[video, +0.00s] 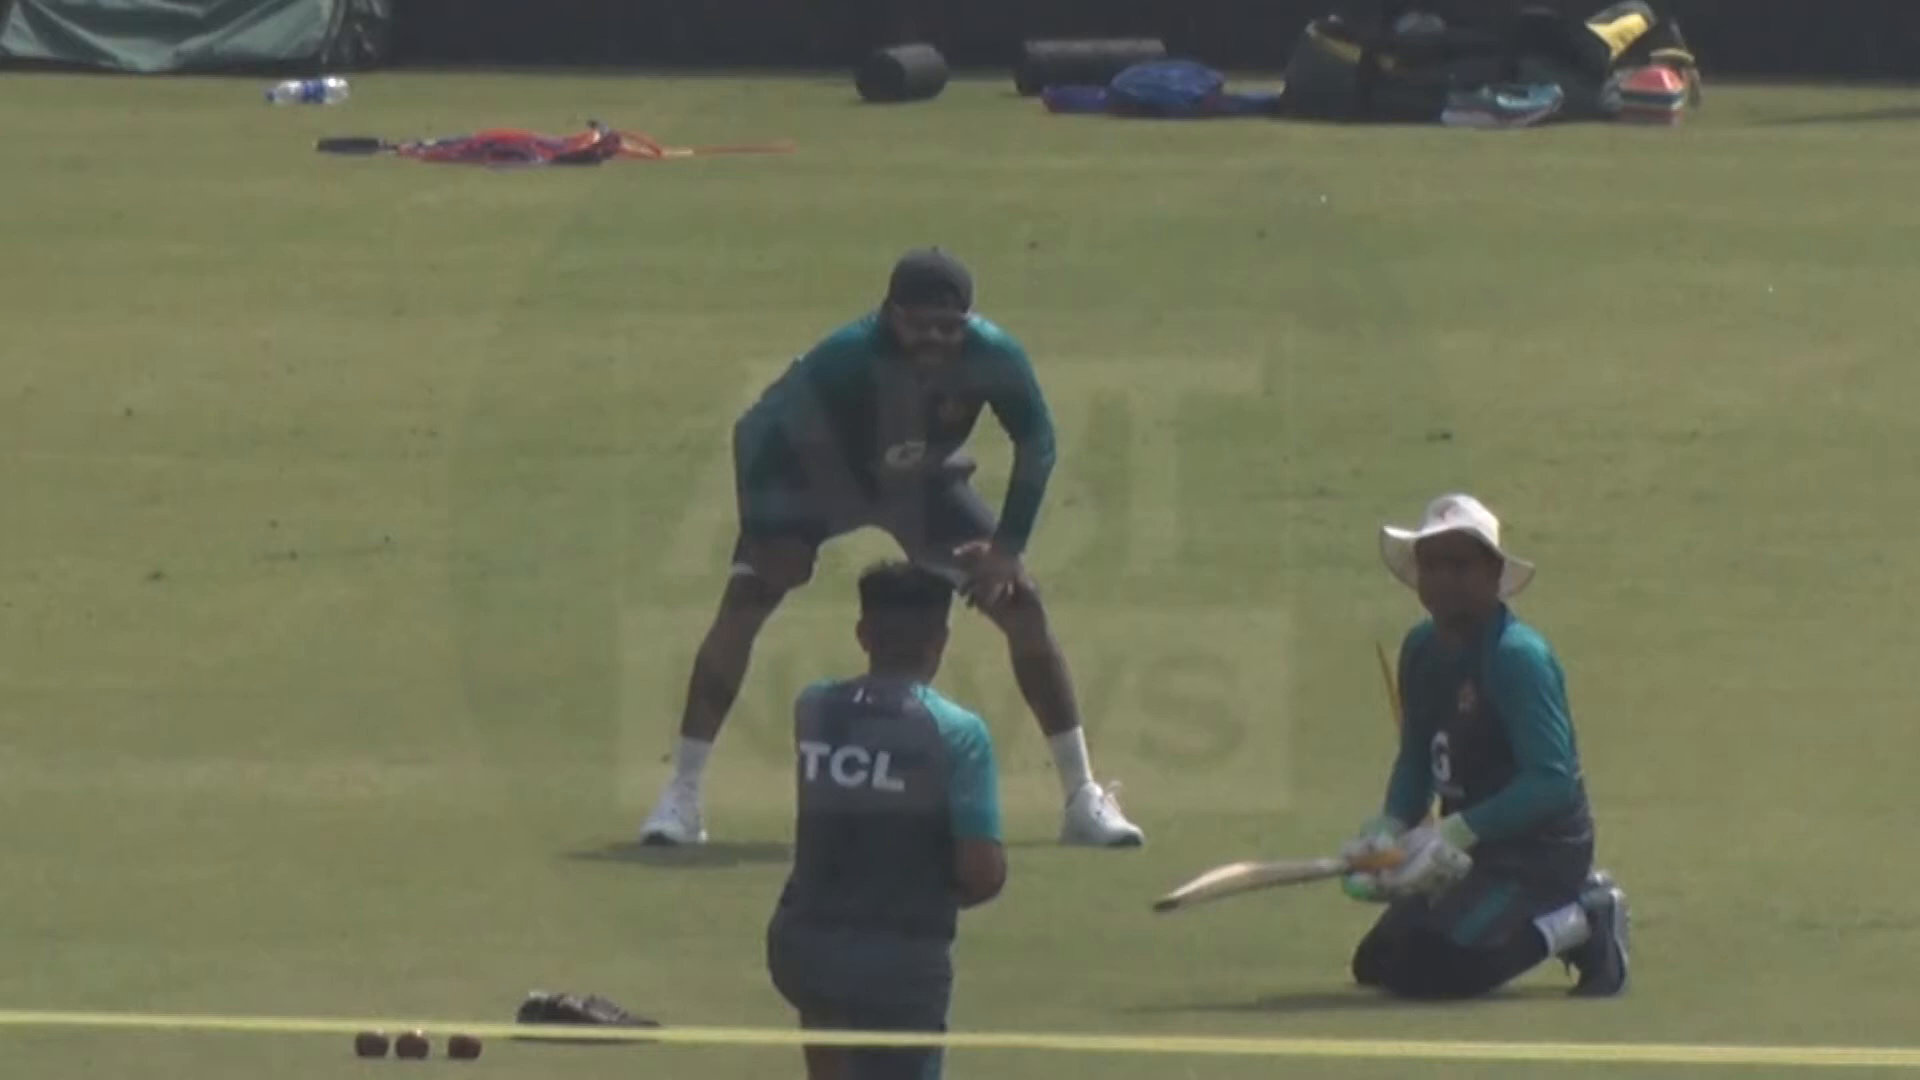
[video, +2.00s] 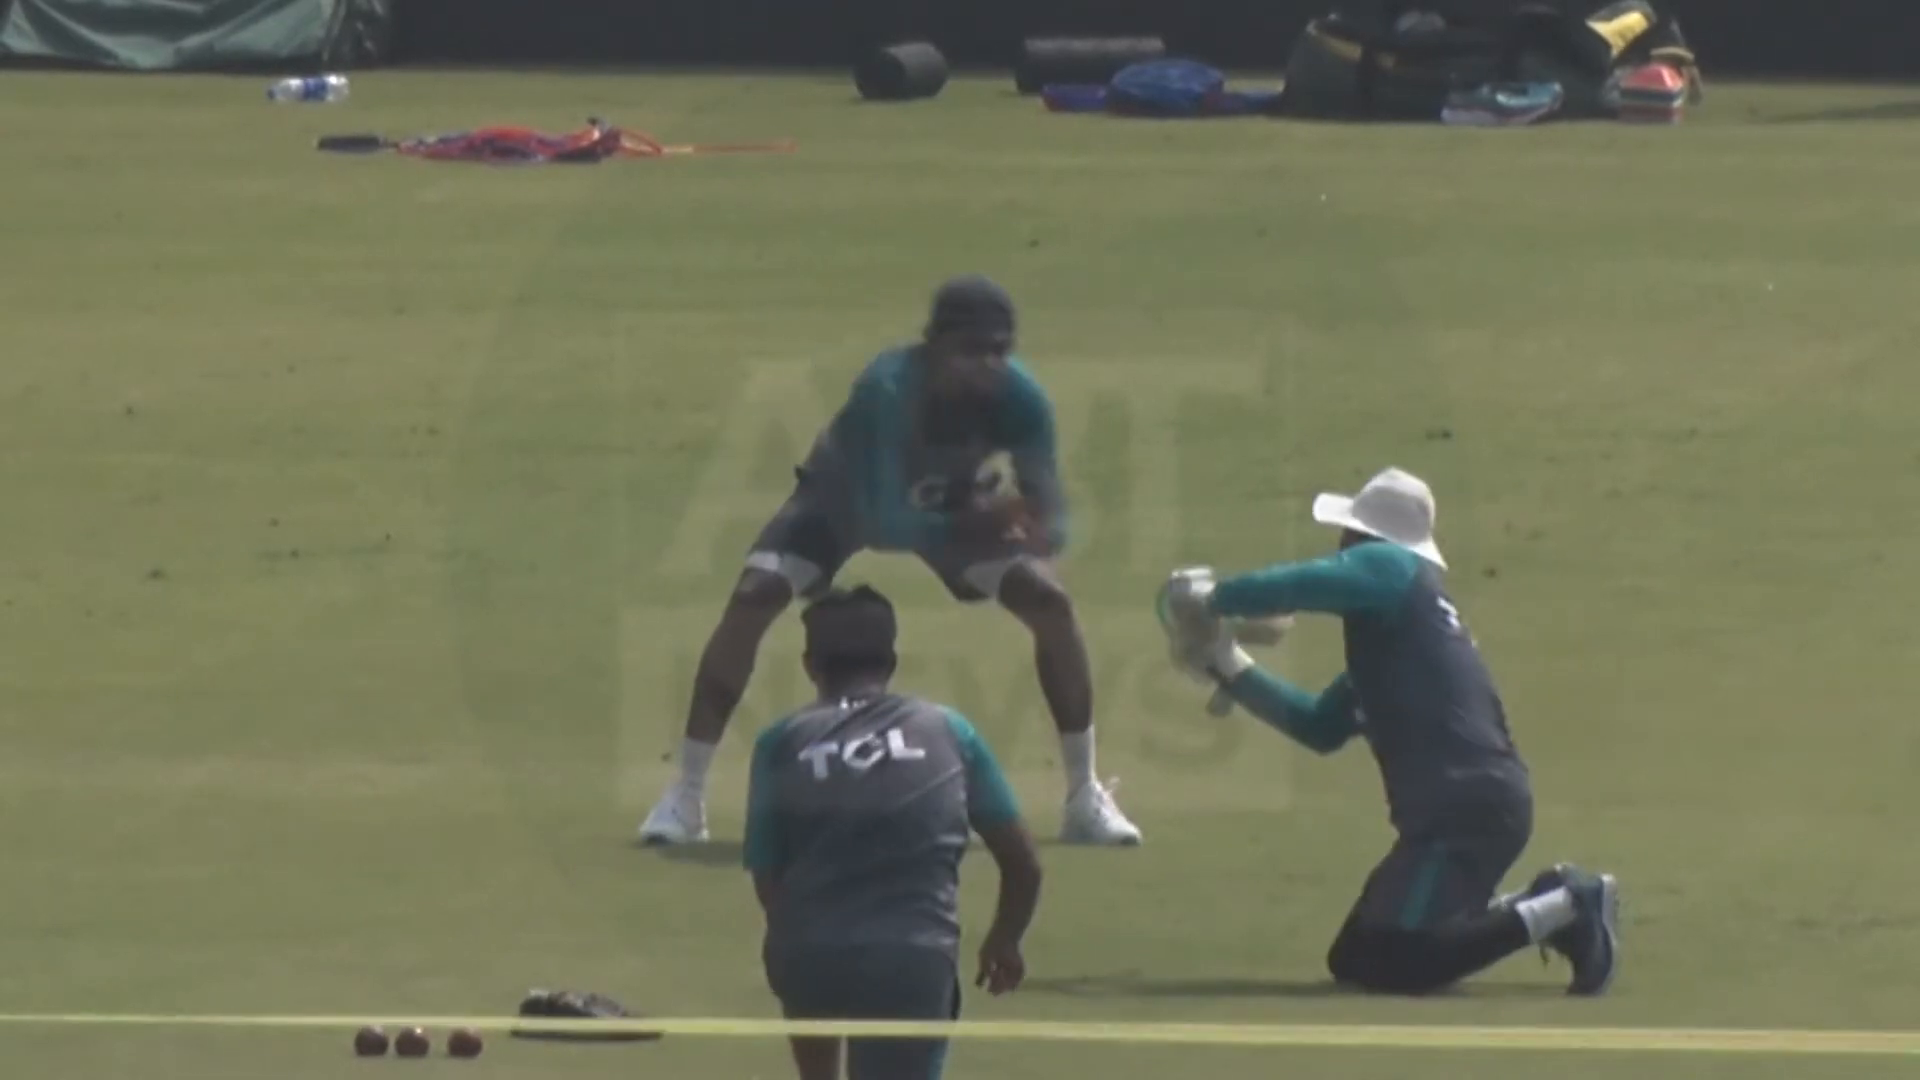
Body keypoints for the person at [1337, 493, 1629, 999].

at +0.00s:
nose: (1443, 579)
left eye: (1461, 564)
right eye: (1431, 564)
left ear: (1494, 575)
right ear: (1416, 575)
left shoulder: (1517, 657)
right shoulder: (1422, 649)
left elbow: (1553, 783)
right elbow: (1416, 759)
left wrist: (1452, 835)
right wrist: (1388, 835)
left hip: (1542, 855)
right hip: (1475, 849)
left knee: (1423, 975)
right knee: (1378, 963)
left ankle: (1582, 921)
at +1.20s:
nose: (1467, 575)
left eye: (1485, 560)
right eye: (1458, 559)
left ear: (1521, 569)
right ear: (1444, 567)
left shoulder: (1533, 650)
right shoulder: (1469, 640)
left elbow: (1508, 775)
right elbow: (1470, 754)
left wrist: (1412, 790)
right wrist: (1406, 760)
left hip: (1538, 864)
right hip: (1482, 856)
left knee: (1420, 973)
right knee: (1376, 961)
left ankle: (1583, 921)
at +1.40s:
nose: (1472, 576)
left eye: (1489, 561)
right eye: (1461, 560)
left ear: (1523, 569)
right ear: (1447, 567)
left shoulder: (1534, 641)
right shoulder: (1481, 634)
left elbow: (1466, 751)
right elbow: (1458, 728)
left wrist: (1374, 730)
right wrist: (1387, 698)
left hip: (1534, 863)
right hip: (1482, 855)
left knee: (1418, 972)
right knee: (1375, 962)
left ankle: (1583, 921)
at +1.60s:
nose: (1436, 589)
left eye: (1450, 573)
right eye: (1432, 574)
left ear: (1488, 578)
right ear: (1427, 577)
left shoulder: (1509, 640)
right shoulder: (1477, 646)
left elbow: (1428, 740)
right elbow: (1432, 764)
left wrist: (1325, 741)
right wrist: (1334, 755)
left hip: (1534, 866)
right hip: (1487, 863)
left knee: (1420, 972)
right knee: (1364, 957)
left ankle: (1583, 921)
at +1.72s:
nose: (1385, 589)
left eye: (1397, 574)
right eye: (1387, 574)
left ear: (1434, 582)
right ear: (1437, 584)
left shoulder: (1468, 632)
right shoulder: (1446, 683)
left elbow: (1371, 695)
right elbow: (1363, 780)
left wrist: (1268, 701)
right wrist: (1269, 746)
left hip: (1531, 862)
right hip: (1486, 864)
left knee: (1415, 964)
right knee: (1361, 959)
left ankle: (1584, 918)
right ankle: (1547, 923)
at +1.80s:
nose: (1354, 583)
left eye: (1367, 567)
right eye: (1358, 567)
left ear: (1406, 574)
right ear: (1411, 575)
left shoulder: (1442, 615)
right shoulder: (1422, 678)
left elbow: (1336, 648)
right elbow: (1333, 759)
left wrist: (1240, 647)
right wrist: (1239, 709)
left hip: (1520, 847)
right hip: (1480, 852)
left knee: (1412, 964)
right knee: (1360, 958)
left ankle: (1584, 914)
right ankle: (1550, 918)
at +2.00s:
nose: (1339, 544)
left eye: (1349, 534)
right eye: (1341, 533)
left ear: (1374, 536)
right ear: (1405, 540)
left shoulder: (1393, 570)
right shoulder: (1399, 637)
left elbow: (1296, 584)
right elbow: (1321, 728)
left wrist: (1210, 596)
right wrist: (1226, 663)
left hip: (1469, 808)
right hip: (1451, 814)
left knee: (1379, 963)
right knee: (1359, 958)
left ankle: (1562, 907)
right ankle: (1540, 908)